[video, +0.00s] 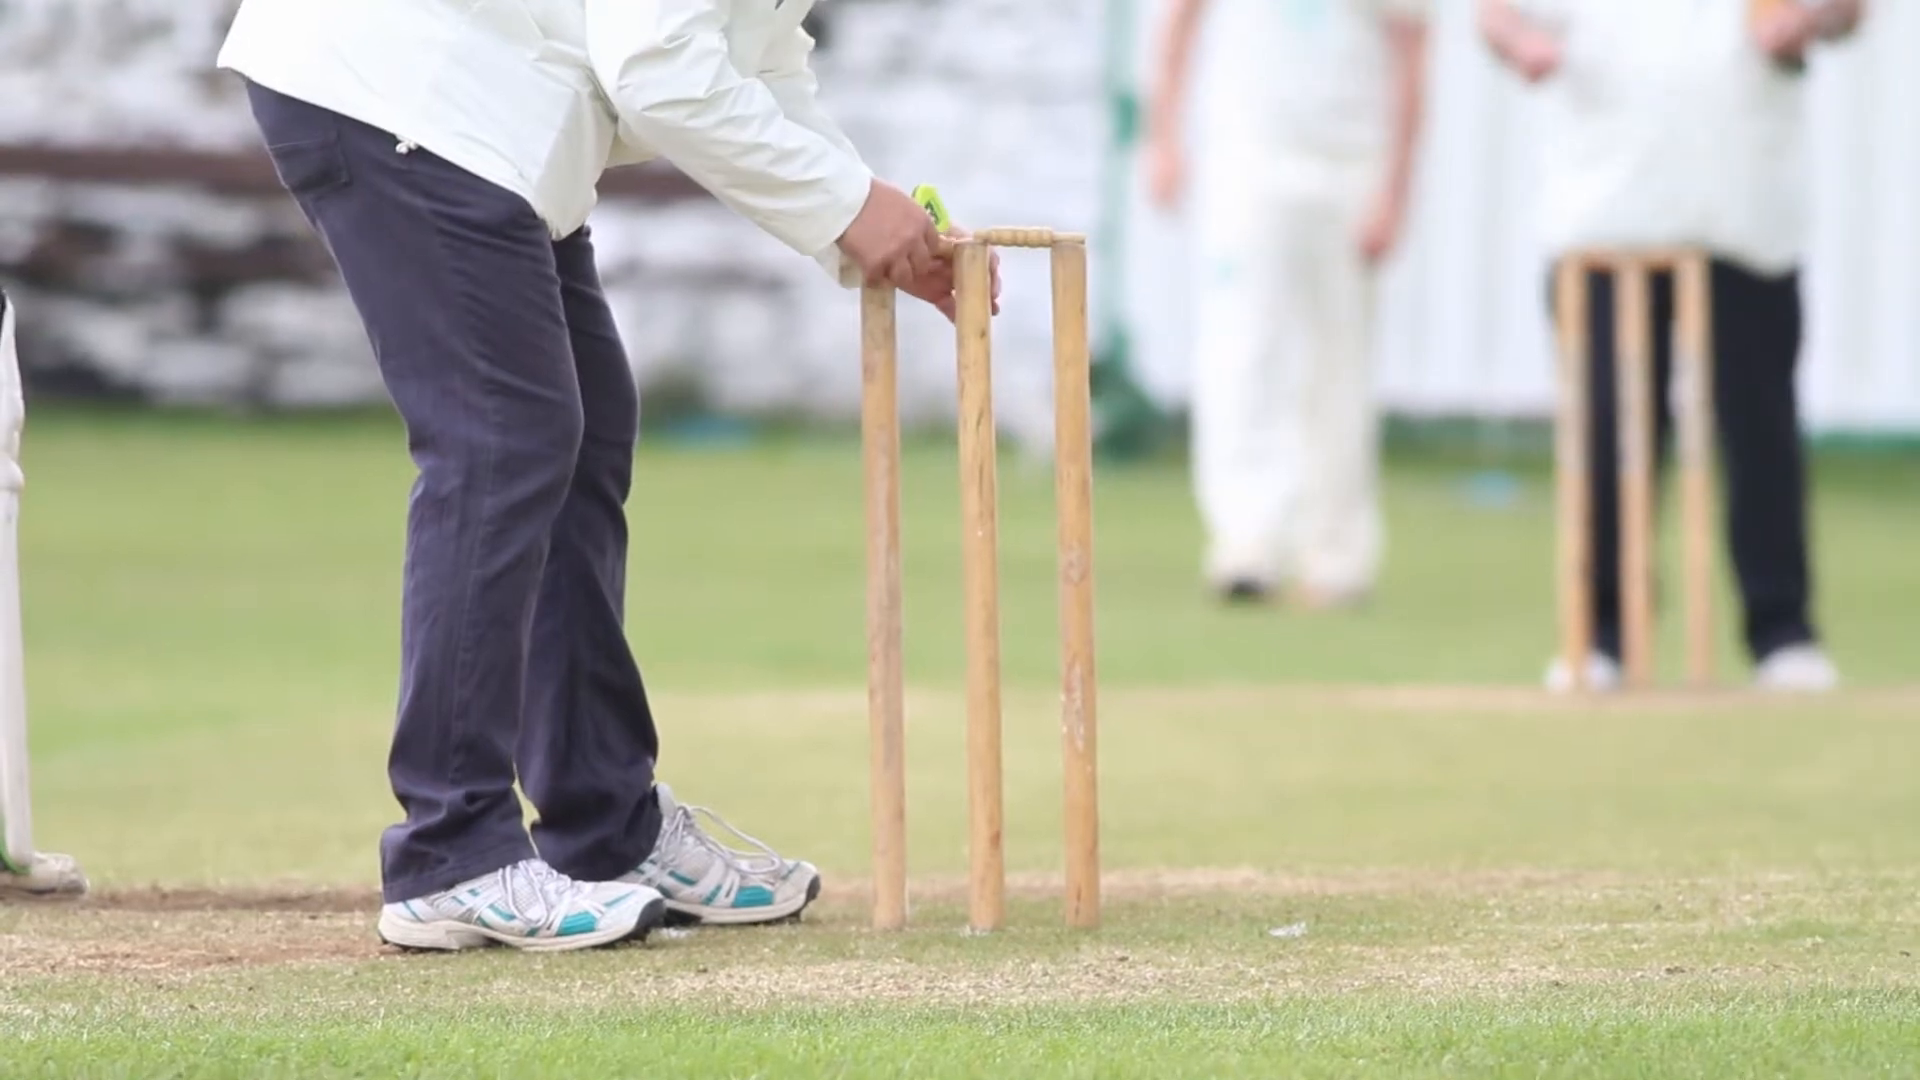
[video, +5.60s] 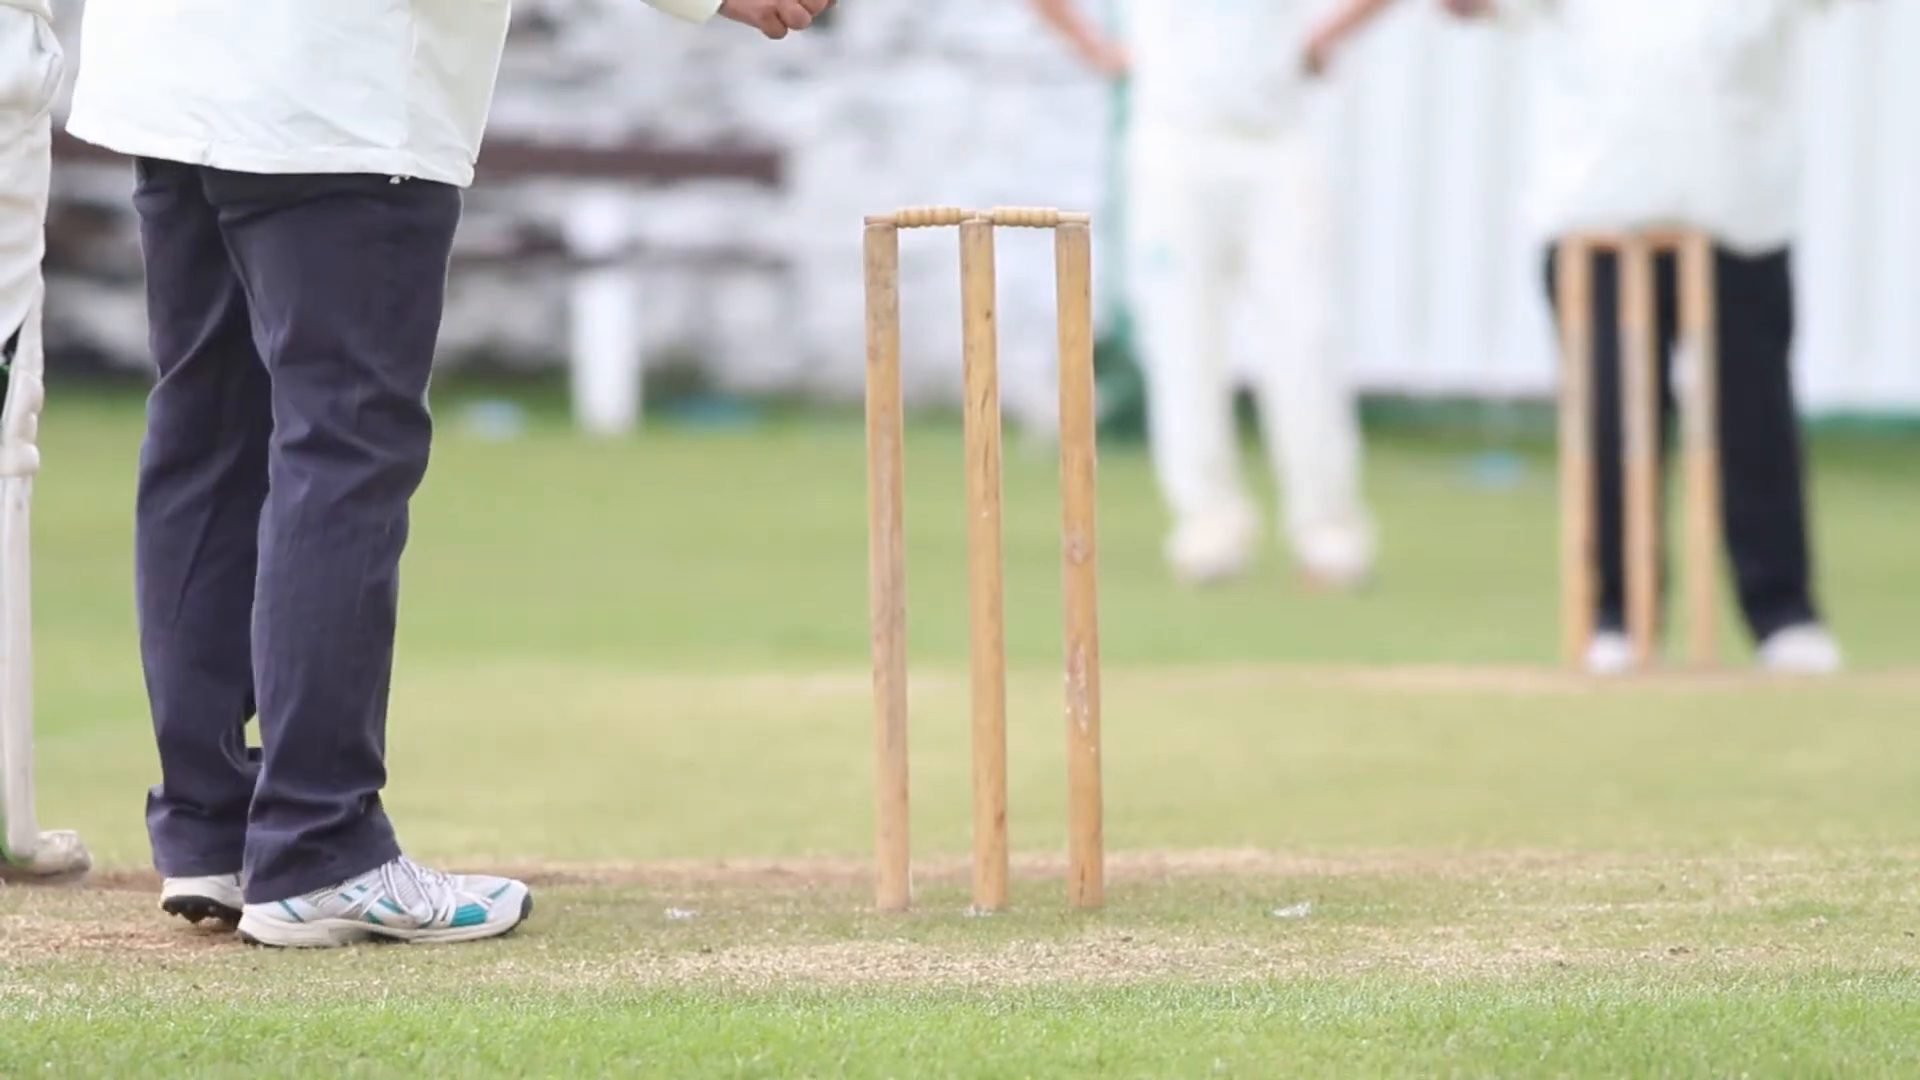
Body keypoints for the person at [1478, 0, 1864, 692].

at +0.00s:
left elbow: (1851, 9)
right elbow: (1490, 8)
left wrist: (1806, 17)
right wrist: (1518, 36)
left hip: (1746, 190)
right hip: (1603, 192)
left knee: (1761, 435)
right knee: (1610, 440)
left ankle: (1784, 641)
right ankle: (1600, 646)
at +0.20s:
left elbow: (1852, 10)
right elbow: (1513, 27)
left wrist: (1809, 20)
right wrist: (1537, 131)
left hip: (1751, 208)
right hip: (1612, 211)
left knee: (1765, 443)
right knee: (1614, 448)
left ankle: (1785, 640)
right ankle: (1601, 645)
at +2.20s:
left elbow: (1856, 10)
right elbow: (1530, 27)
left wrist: (1806, 13)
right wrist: (1518, 165)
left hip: (1751, 199)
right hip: (1615, 200)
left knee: (1761, 428)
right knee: (1631, 439)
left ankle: (1785, 628)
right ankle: (1650, 636)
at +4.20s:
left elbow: (1886, 28)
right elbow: (1633, 24)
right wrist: (1625, 158)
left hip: (1845, 197)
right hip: (1710, 191)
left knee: (1820, 431)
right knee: (1714, 420)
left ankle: (1796, 624)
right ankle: (1690, 622)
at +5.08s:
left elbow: (1854, 7)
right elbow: (1530, 22)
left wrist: (1804, 8)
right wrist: (1513, 160)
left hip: (1751, 193)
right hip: (1610, 192)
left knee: (1759, 421)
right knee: (1619, 427)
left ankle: (1786, 620)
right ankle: (1617, 624)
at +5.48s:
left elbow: (1842, 7)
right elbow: (1498, 6)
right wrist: (1472, 67)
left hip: (1736, 188)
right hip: (1597, 189)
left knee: (1757, 420)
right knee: (1614, 425)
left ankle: (1786, 621)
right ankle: (1615, 624)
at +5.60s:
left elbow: (1819, 12)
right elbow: (1517, 12)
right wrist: (1473, 6)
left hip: (1738, 201)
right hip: (1597, 200)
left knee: (1758, 428)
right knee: (1615, 428)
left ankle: (1786, 619)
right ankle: (1616, 623)